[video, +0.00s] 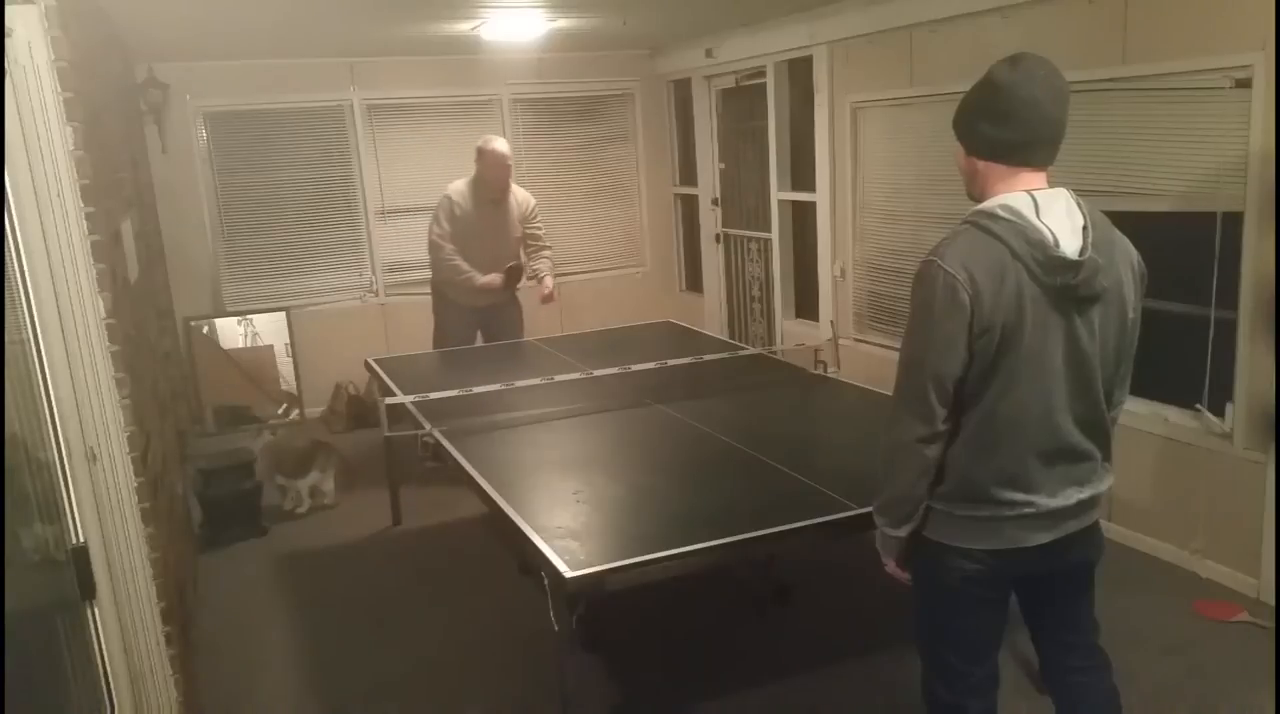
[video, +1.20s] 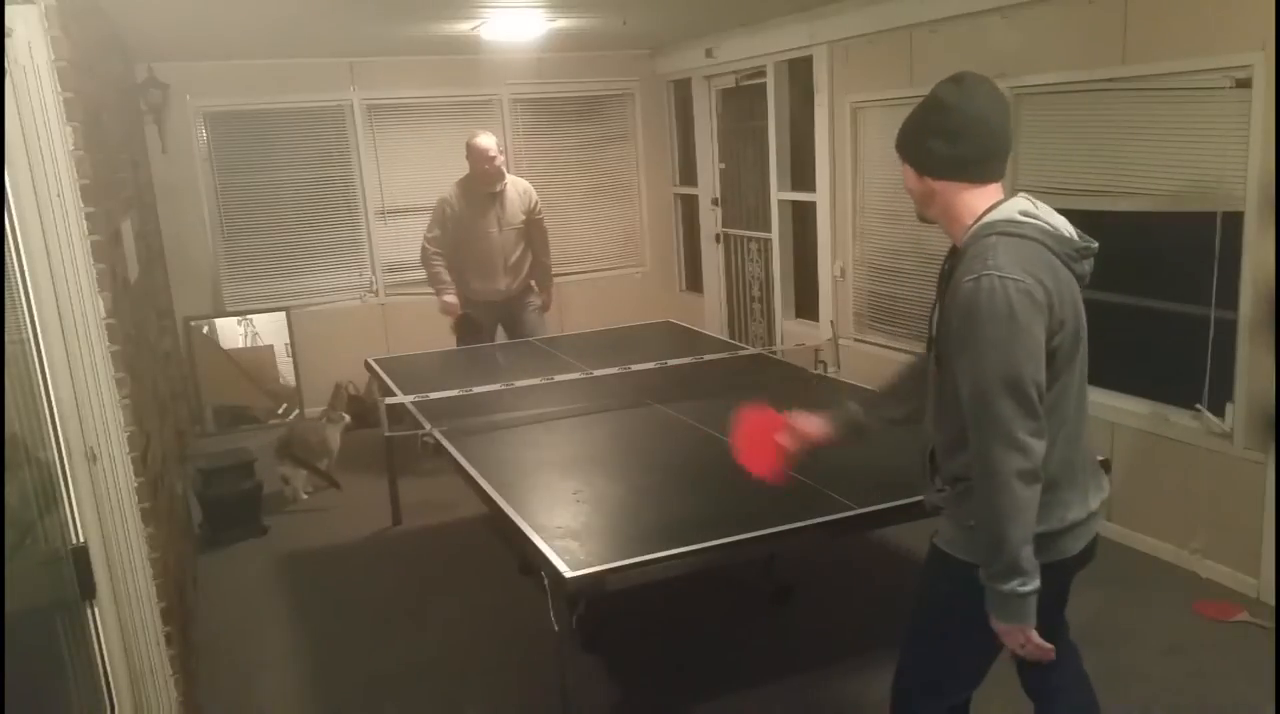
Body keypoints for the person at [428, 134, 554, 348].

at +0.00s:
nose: (504, 175)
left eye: (507, 167)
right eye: (496, 168)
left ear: (512, 165)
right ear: (479, 165)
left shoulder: (523, 201)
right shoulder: (453, 199)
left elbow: (538, 246)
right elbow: (441, 254)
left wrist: (546, 277)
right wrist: (476, 280)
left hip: (503, 301)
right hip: (456, 303)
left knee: (512, 368)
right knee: (455, 374)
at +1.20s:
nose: (490, 166)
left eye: (493, 158)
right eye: (483, 162)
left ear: (502, 154)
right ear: (469, 161)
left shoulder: (523, 191)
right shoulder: (452, 201)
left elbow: (540, 242)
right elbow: (432, 250)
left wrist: (545, 285)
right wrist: (446, 291)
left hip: (521, 297)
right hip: (475, 302)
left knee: (539, 361)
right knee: (475, 372)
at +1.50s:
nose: (488, 193)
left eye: (493, 185)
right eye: (481, 188)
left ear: (503, 172)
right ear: (472, 181)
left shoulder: (530, 201)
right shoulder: (462, 210)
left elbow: (557, 246)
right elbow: (431, 247)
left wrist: (568, 291)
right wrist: (428, 295)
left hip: (530, 300)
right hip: (481, 304)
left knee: (540, 369)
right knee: (482, 373)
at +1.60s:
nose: (490, 193)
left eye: (493, 185)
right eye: (483, 187)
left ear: (504, 175)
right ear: (473, 183)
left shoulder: (530, 202)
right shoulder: (461, 209)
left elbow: (561, 244)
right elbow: (429, 232)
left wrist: (573, 290)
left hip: (530, 297)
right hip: (482, 302)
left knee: (540, 364)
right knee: (484, 369)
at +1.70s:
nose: (492, 185)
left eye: (497, 176)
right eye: (486, 178)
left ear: (508, 170)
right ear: (476, 176)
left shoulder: (534, 201)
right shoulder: (460, 203)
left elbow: (563, 245)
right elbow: (430, 213)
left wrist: (574, 289)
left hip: (530, 296)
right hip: (482, 300)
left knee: (541, 363)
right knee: (482, 367)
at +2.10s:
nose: (511, 160)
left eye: (517, 154)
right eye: (505, 154)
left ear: (528, 154)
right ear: (494, 155)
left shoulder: (546, 195)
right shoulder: (475, 189)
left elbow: (562, 254)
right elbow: (448, 223)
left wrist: (558, 300)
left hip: (529, 296)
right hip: (482, 296)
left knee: (533, 366)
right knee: (481, 367)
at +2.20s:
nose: (514, 157)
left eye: (520, 151)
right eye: (507, 151)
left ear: (530, 153)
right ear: (496, 153)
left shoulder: (547, 194)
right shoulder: (477, 189)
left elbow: (561, 251)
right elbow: (454, 237)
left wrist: (553, 298)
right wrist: (434, 276)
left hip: (529, 298)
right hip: (483, 299)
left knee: (532, 369)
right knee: (483, 371)